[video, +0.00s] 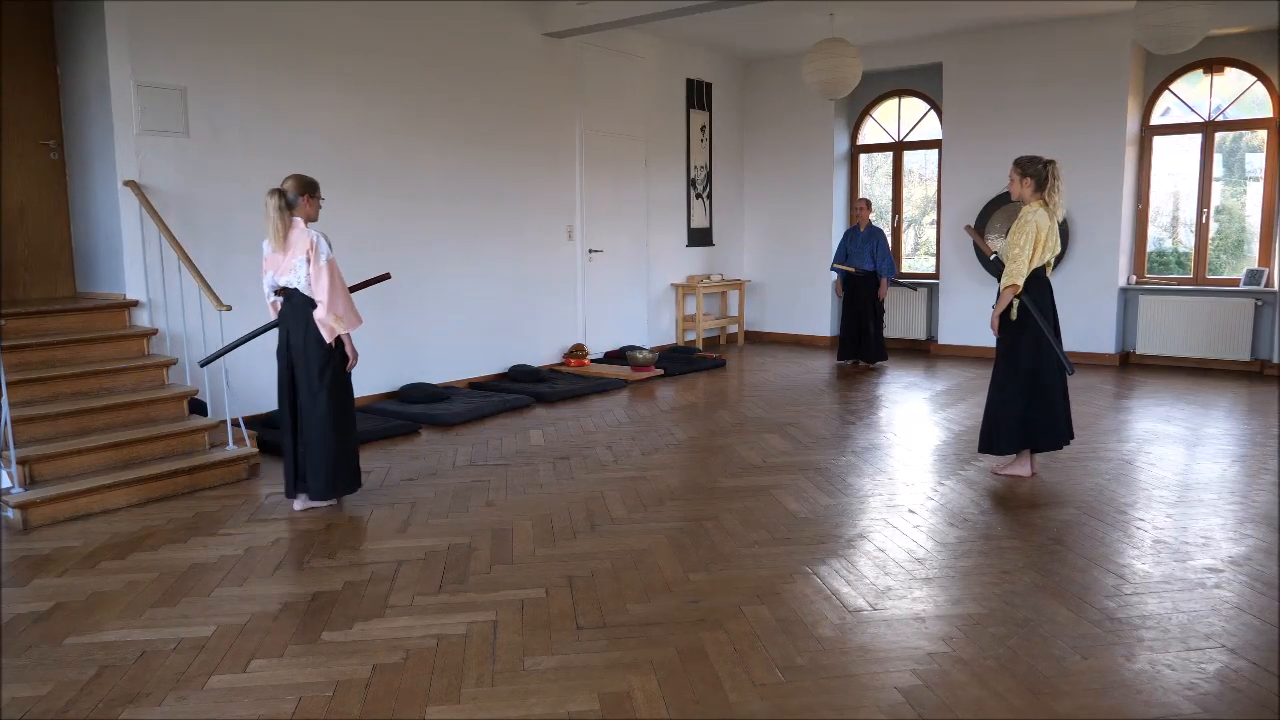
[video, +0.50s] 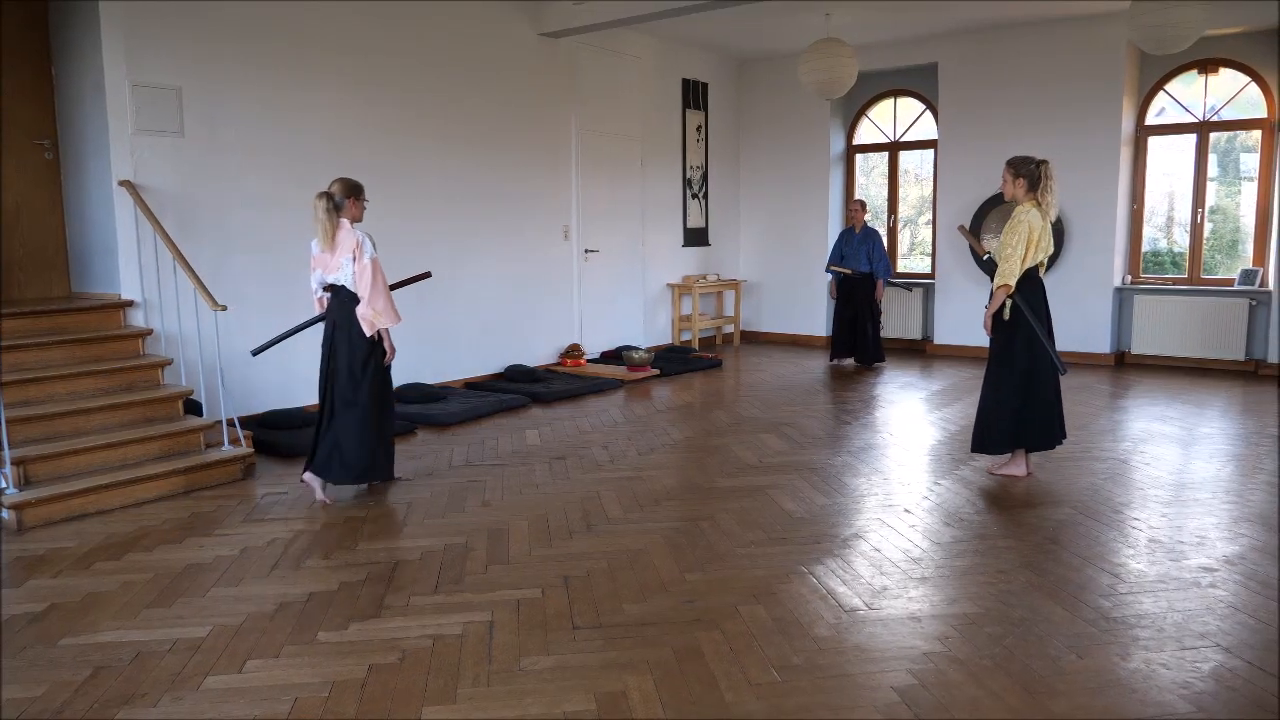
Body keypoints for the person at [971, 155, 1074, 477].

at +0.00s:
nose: (1008, 185)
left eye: (1012, 180)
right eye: (1009, 179)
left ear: (1027, 183)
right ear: (1032, 183)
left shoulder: (1029, 218)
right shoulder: (1045, 215)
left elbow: (1017, 268)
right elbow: (1013, 257)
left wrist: (998, 308)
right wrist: (983, 243)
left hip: (1024, 302)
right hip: (1038, 299)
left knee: (1022, 376)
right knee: (1029, 376)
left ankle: (1023, 459)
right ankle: (1023, 455)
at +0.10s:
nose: (1007, 185)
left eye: (1011, 180)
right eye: (1008, 180)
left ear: (1026, 183)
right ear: (1032, 183)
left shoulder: (1028, 217)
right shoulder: (1044, 214)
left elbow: (1017, 267)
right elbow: (1013, 257)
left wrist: (997, 307)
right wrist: (982, 243)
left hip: (1023, 301)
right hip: (1036, 298)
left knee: (1021, 376)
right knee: (1028, 375)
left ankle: (1022, 459)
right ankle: (1023, 455)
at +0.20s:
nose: (1006, 185)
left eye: (1009, 180)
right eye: (1007, 180)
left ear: (1025, 183)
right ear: (1030, 183)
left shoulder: (1026, 217)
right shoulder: (1043, 214)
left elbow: (1015, 267)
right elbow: (1012, 256)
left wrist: (995, 307)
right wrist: (982, 245)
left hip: (1022, 301)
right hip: (1035, 298)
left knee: (1021, 375)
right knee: (1028, 375)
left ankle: (1022, 459)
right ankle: (1023, 455)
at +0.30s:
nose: (1004, 185)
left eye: (1008, 180)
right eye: (1006, 180)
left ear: (1024, 183)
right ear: (1029, 183)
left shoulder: (1025, 217)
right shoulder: (1041, 214)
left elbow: (1014, 267)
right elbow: (1013, 258)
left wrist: (994, 307)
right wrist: (983, 246)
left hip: (1021, 300)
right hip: (1034, 297)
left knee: (1020, 375)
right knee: (1026, 375)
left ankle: (1021, 458)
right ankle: (1021, 455)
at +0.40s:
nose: (1003, 185)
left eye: (1007, 180)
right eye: (1004, 180)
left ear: (1022, 183)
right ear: (1027, 183)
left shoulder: (1024, 217)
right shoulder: (1039, 214)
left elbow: (1012, 267)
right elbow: (1011, 256)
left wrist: (993, 307)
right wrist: (981, 245)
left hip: (1020, 300)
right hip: (1032, 297)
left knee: (1019, 375)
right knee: (1025, 375)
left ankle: (1020, 458)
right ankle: (1020, 455)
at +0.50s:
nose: (1001, 185)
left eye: (1005, 181)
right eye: (1002, 180)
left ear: (1021, 183)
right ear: (1026, 183)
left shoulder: (1022, 217)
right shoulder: (1038, 215)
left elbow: (1011, 267)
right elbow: (1011, 258)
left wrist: (991, 307)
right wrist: (980, 246)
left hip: (1018, 301)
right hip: (1031, 297)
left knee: (1017, 375)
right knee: (1024, 375)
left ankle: (1019, 458)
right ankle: (1019, 455)